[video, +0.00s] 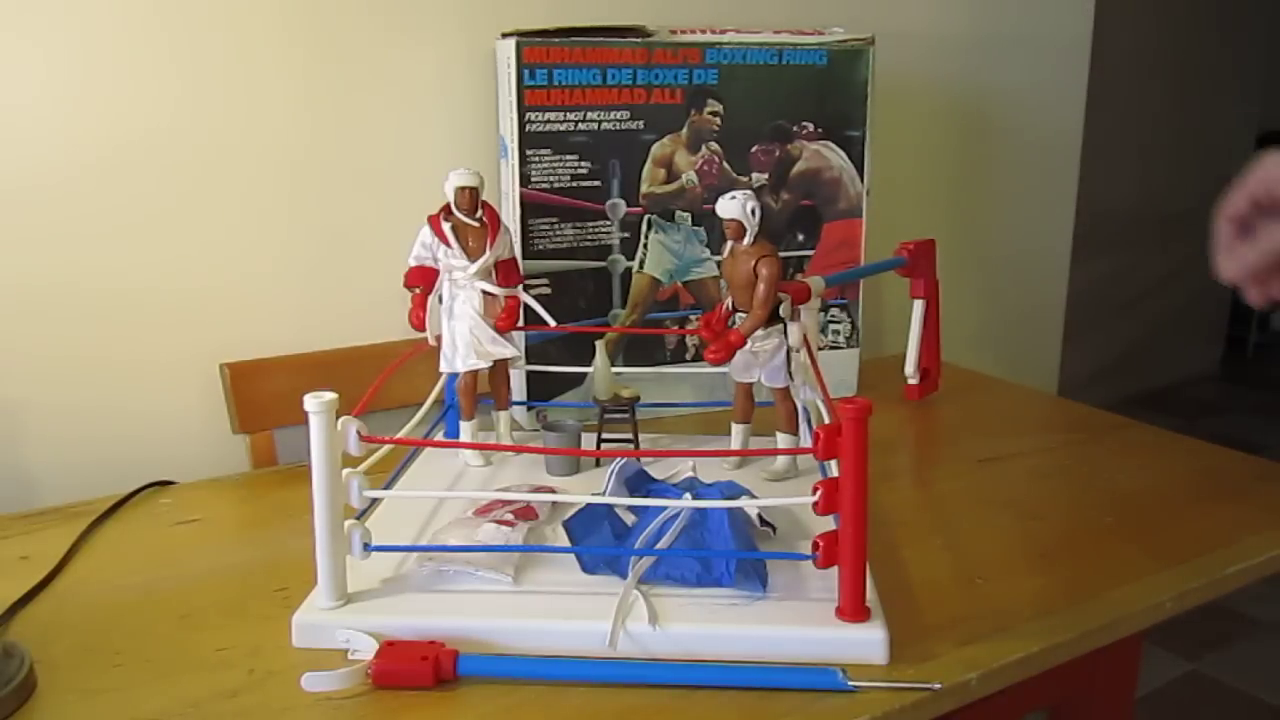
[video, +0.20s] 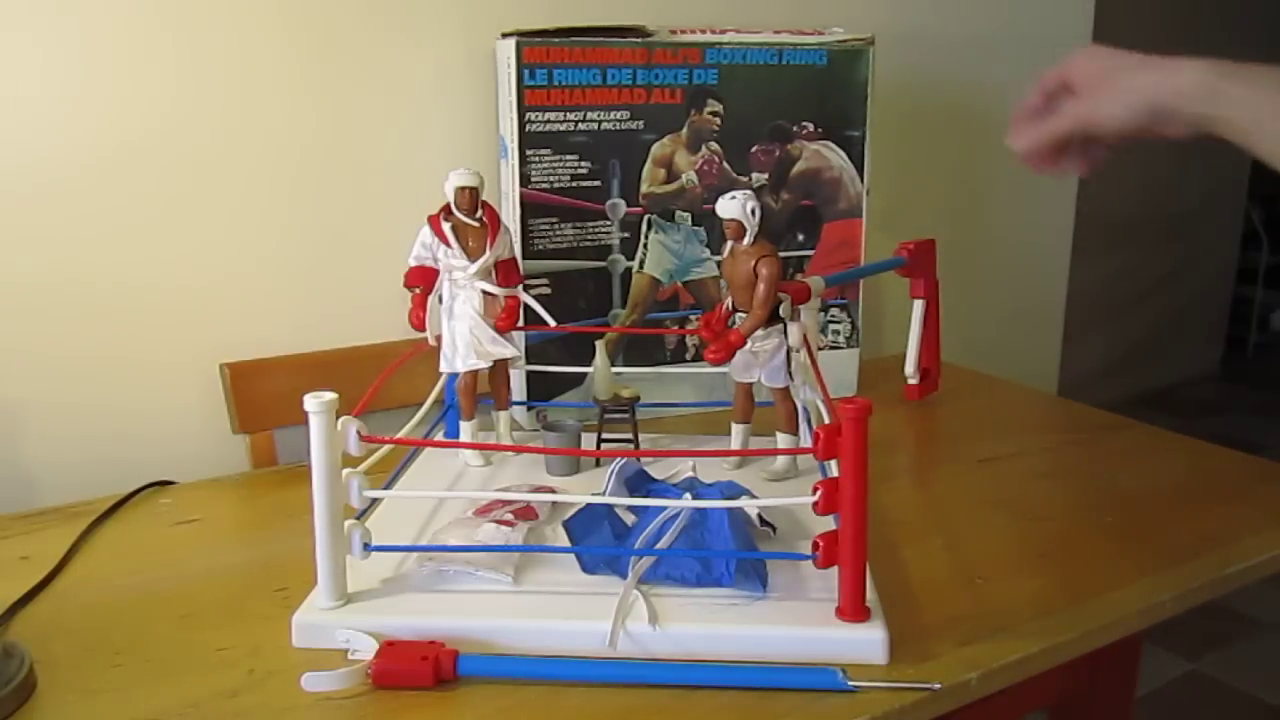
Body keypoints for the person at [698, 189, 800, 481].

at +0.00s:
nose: (725, 227)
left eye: (730, 222)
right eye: (724, 222)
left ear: (747, 222)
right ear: (724, 223)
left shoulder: (766, 260)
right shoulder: (730, 249)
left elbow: (761, 312)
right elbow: (735, 291)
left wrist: (735, 338)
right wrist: (720, 315)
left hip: (769, 332)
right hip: (743, 329)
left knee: (780, 390)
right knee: (742, 386)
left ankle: (787, 456)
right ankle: (738, 449)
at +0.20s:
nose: (725, 227)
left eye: (730, 222)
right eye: (723, 222)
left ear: (747, 222)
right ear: (724, 222)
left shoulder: (766, 260)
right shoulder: (730, 249)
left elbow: (761, 313)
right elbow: (734, 291)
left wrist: (735, 338)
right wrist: (720, 315)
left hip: (769, 332)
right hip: (742, 329)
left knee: (779, 390)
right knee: (742, 385)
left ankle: (787, 456)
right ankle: (738, 449)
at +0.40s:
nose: (725, 227)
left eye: (730, 222)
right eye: (723, 222)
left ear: (748, 222)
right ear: (724, 223)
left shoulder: (766, 260)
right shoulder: (729, 250)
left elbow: (761, 312)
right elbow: (734, 292)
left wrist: (736, 338)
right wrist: (720, 315)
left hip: (769, 332)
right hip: (743, 329)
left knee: (779, 390)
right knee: (742, 385)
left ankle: (786, 456)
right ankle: (737, 449)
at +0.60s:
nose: (725, 227)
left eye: (730, 222)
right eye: (723, 222)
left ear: (747, 223)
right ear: (724, 223)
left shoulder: (766, 260)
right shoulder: (729, 249)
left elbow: (761, 313)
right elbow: (733, 292)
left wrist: (735, 338)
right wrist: (720, 316)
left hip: (769, 333)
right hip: (742, 329)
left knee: (779, 390)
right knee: (742, 385)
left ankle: (787, 456)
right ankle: (738, 449)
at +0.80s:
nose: (725, 227)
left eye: (730, 222)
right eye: (723, 222)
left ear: (747, 223)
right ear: (724, 223)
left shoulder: (766, 260)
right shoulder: (729, 249)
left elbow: (761, 312)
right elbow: (733, 291)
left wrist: (735, 338)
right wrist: (720, 316)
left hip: (769, 332)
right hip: (742, 329)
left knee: (779, 390)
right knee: (742, 385)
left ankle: (787, 456)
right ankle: (738, 449)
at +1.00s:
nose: (725, 227)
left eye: (730, 222)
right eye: (723, 222)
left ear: (747, 223)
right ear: (724, 223)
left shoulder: (766, 259)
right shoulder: (730, 249)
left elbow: (761, 312)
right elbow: (734, 292)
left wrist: (735, 339)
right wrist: (720, 316)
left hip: (769, 332)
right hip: (742, 329)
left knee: (779, 390)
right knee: (742, 386)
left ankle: (787, 456)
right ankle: (738, 449)